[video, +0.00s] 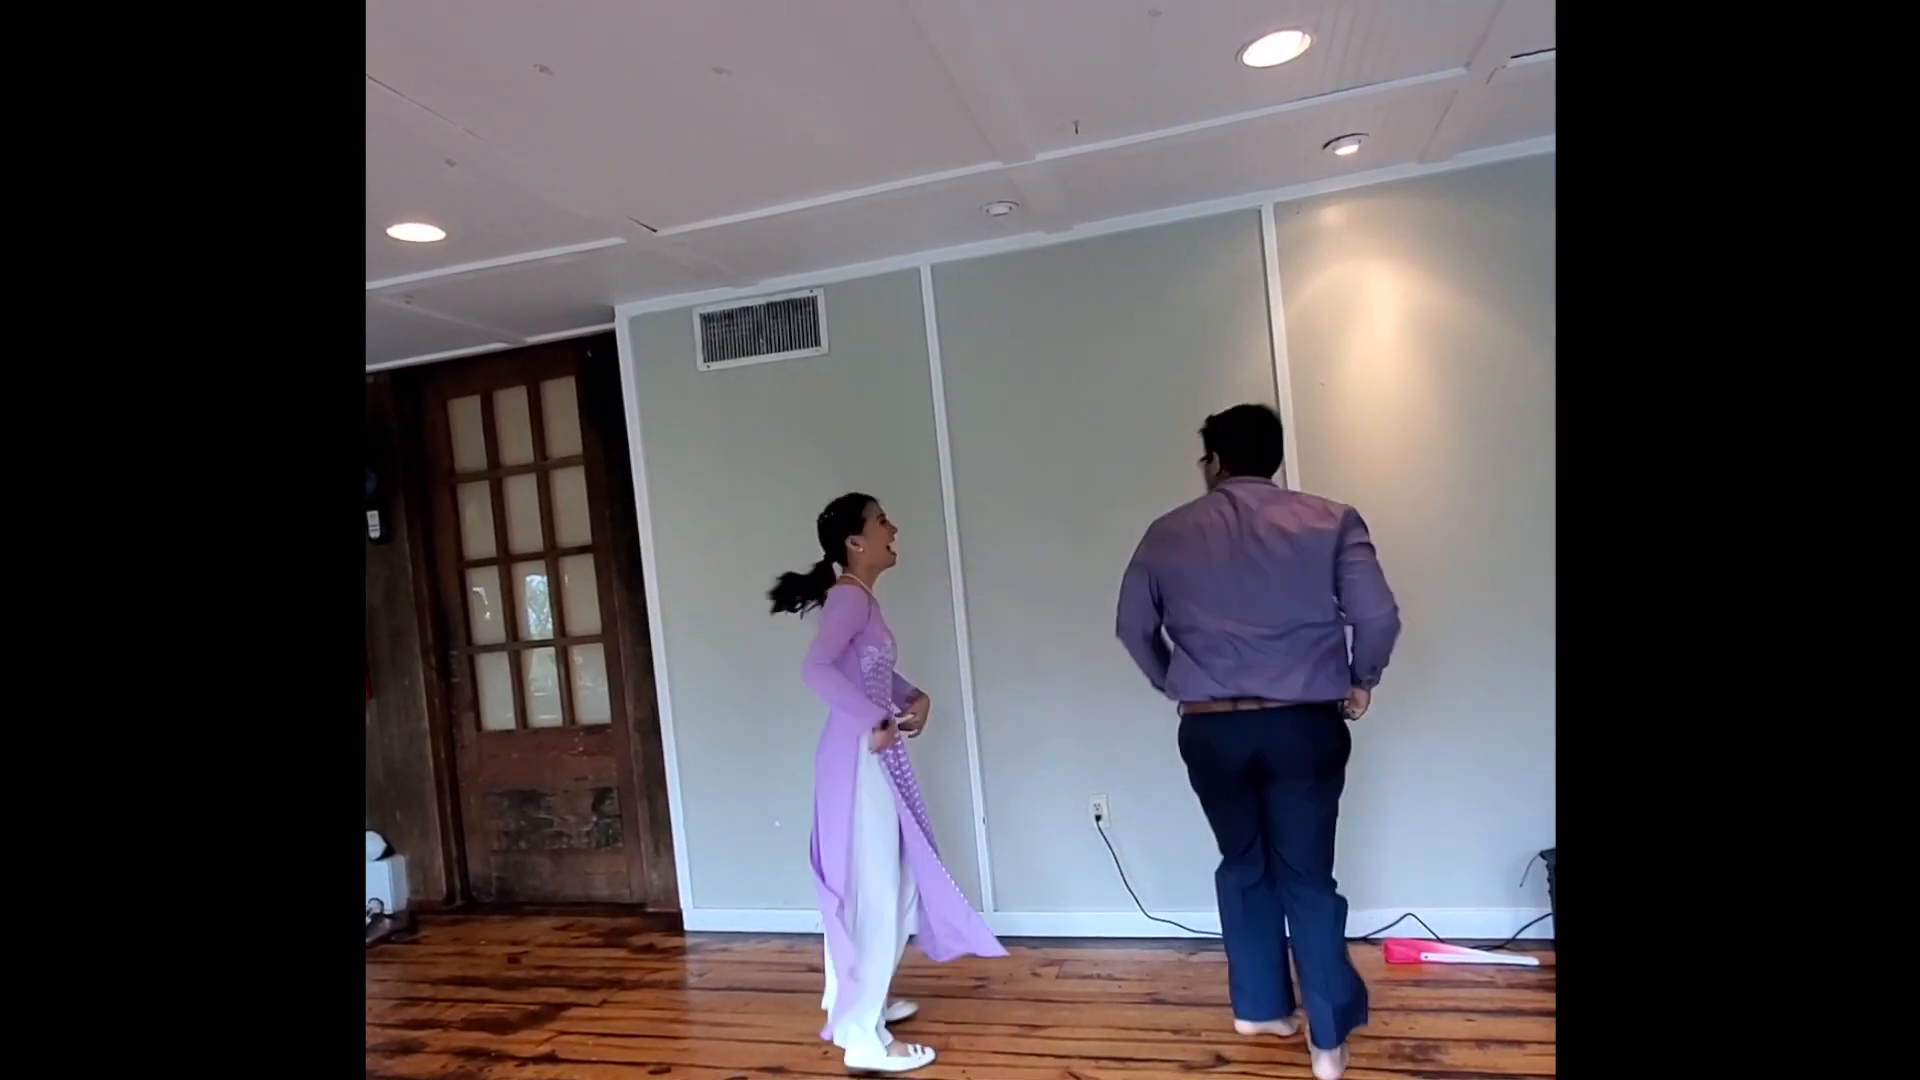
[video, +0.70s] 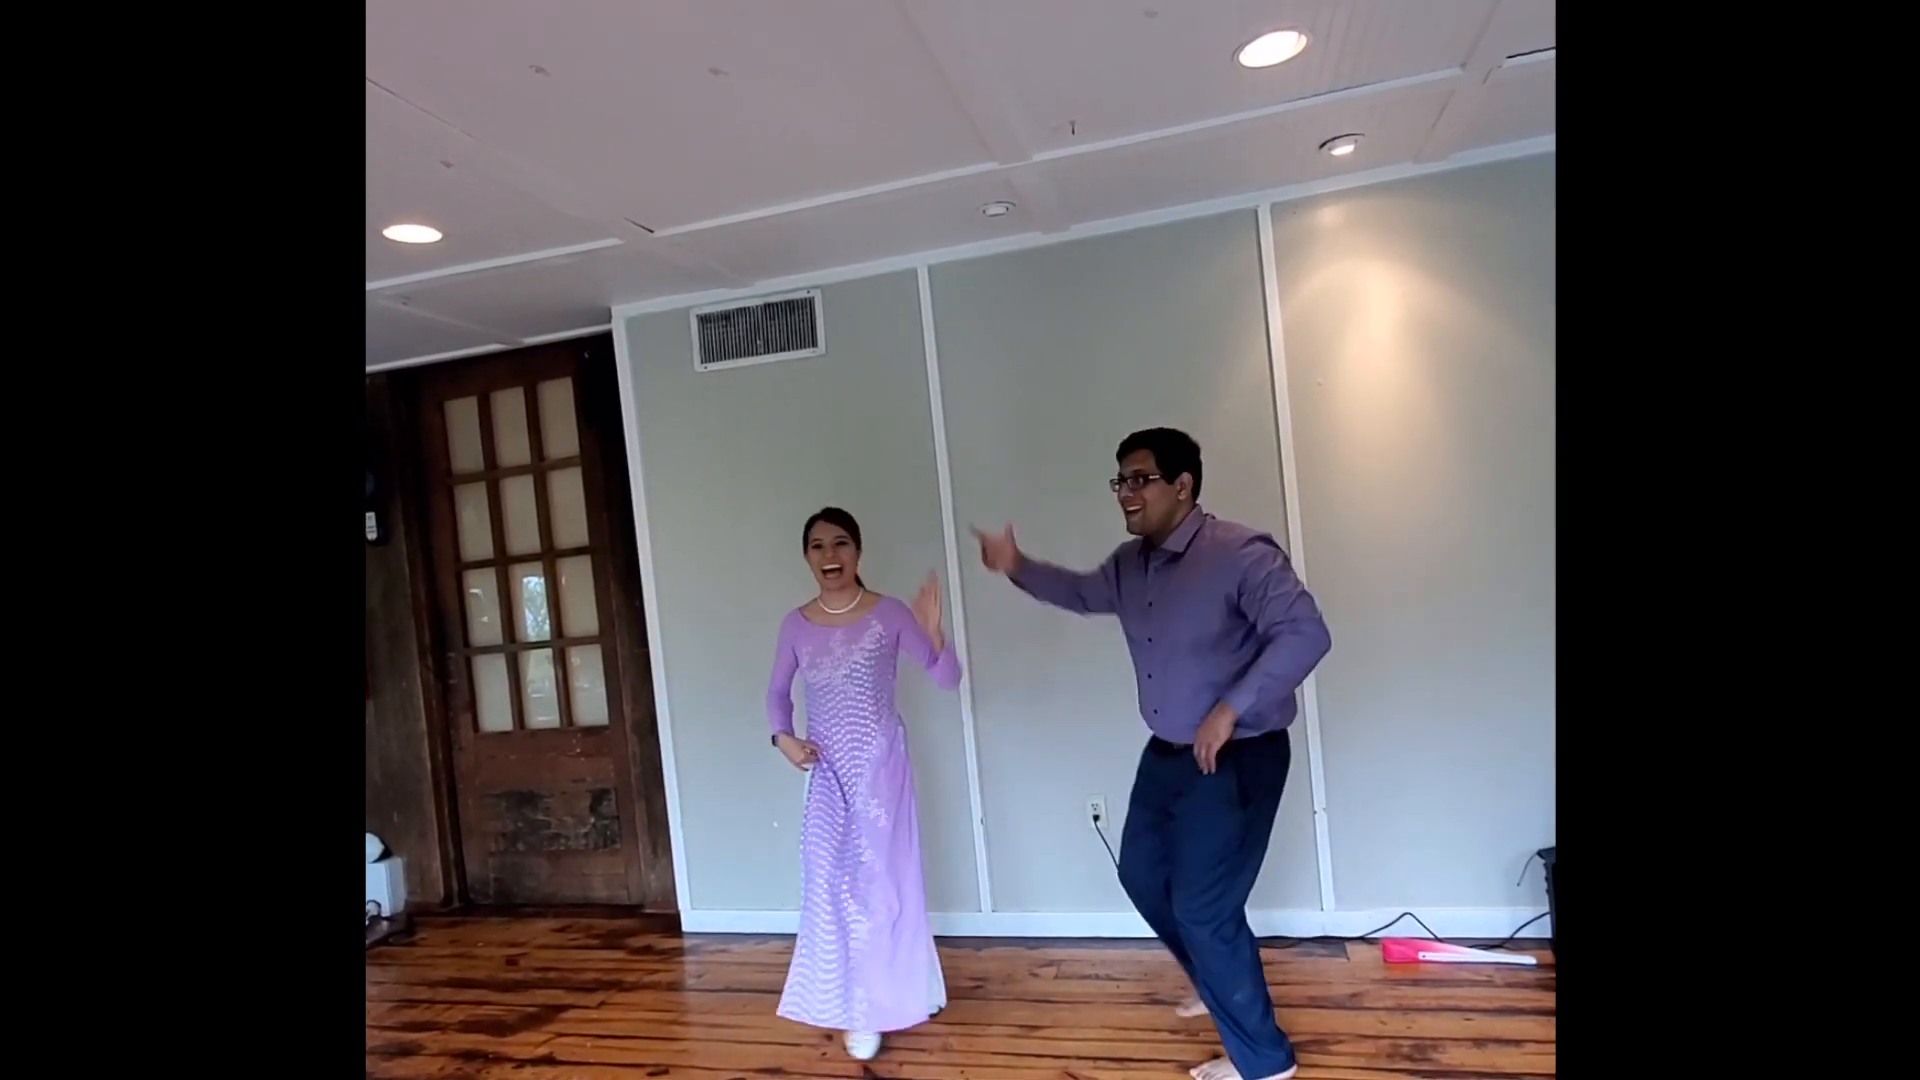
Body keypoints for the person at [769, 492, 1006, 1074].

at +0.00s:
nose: (894, 532)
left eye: (889, 524)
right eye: (883, 525)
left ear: (859, 542)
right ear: (855, 541)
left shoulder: (864, 600)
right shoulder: (850, 598)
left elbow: (875, 674)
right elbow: (818, 669)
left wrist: (918, 696)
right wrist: (874, 719)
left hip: (871, 756)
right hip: (859, 759)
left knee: (879, 884)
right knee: (874, 889)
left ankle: (861, 1002)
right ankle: (859, 1035)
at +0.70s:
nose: (830, 555)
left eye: (840, 544)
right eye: (818, 547)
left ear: (859, 550)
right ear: (806, 557)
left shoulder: (891, 613)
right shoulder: (797, 625)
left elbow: (947, 676)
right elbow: (778, 693)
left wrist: (934, 632)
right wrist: (785, 737)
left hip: (879, 769)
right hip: (826, 772)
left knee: (873, 886)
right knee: (832, 886)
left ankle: (868, 1013)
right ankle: (852, 1010)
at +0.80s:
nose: (811, 540)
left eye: (822, 529)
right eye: (800, 531)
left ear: (842, 537)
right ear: (790, 541)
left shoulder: (867, 588)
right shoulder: (780, 608)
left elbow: (951, 607)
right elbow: (758, 675)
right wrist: (764, 718)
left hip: (871, 749)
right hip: (817, 755)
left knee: (883, 864)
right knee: (807, 871)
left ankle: (908, 970)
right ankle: (813, 999)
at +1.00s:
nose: (788, 557)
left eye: (799, 546)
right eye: (779, 548)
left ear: (820, 555)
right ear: (770, 559)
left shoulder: (843, 609)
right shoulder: (758, 625)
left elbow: (891, 563)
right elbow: (722, 689)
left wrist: (921, 497)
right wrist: (743, 728)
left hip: (846, 755)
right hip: (788, 762)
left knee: (911, 844)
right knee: (787, 879)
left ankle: (873, 907)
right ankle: (799, 999)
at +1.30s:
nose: (773, 546)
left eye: (785, 539)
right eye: (766, 541)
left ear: (809, 558)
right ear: (758, 559)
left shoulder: (826, 602)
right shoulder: (742, 624)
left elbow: (876, 547)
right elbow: (718, 688)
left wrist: (895, 472)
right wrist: (722, 725)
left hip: (830, 754)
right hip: (771, 764)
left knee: (896, 856)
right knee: (786, 885)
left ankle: (934, 962)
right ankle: (801, 1002)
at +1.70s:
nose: (801, 551)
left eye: (812, 545)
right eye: (792, 544)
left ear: (830, 558)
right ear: (781, 560)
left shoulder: (847, 614)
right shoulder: (763, 625)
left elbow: (860, 574)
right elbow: (731, 693)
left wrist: (825, 508)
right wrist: (744, 727)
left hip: (843, 761)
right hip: (787, 767)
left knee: (885, 879)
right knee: (795, 884)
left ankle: (941, 994)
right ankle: (809, 1004)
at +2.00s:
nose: (854, 543)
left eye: (866, 536)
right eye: (846, 536)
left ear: (885, 550)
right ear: (834, 550)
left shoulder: (890, 609)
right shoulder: (820, 621)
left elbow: (819, 633)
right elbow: (807, 690)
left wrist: (761, 577)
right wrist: (796, 723)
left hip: (887, 755)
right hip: (832, 758)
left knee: (896, 880)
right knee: (754, 845)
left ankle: (924, 1001)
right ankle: (828, 942)